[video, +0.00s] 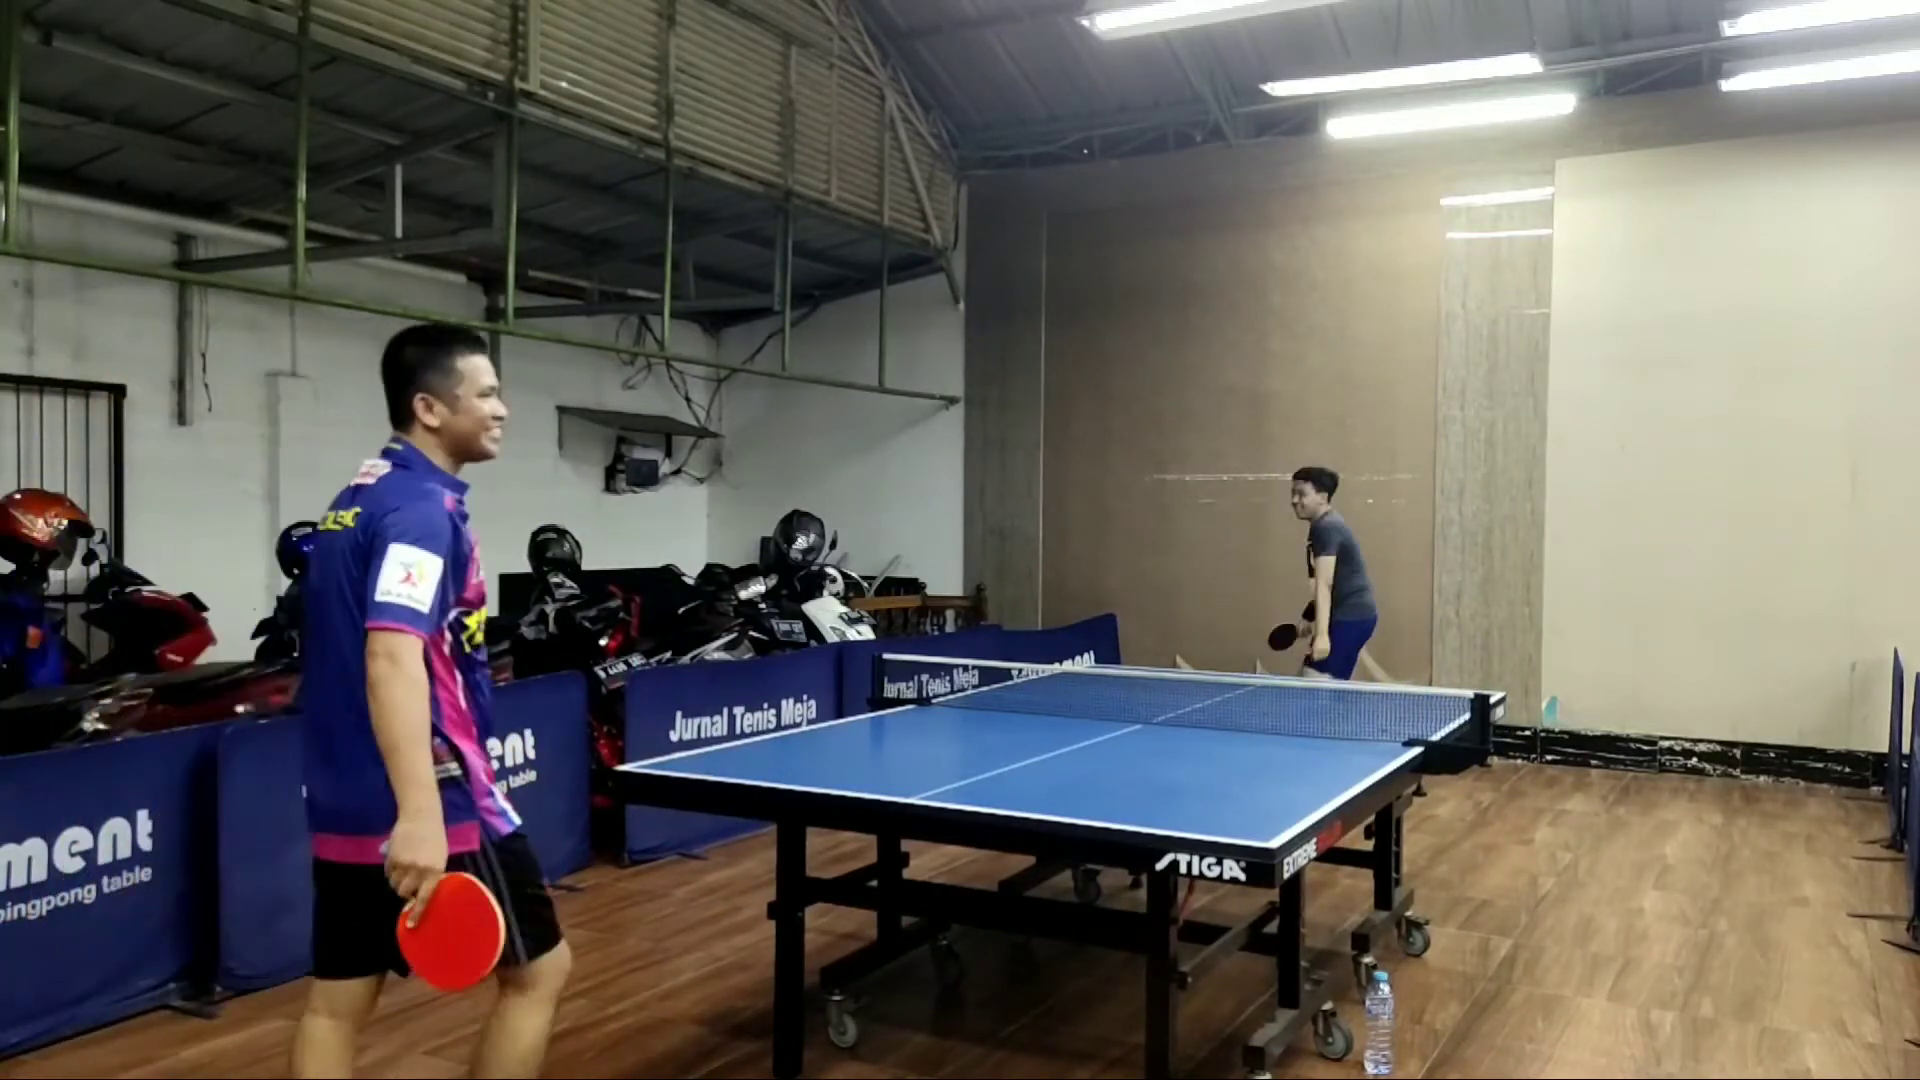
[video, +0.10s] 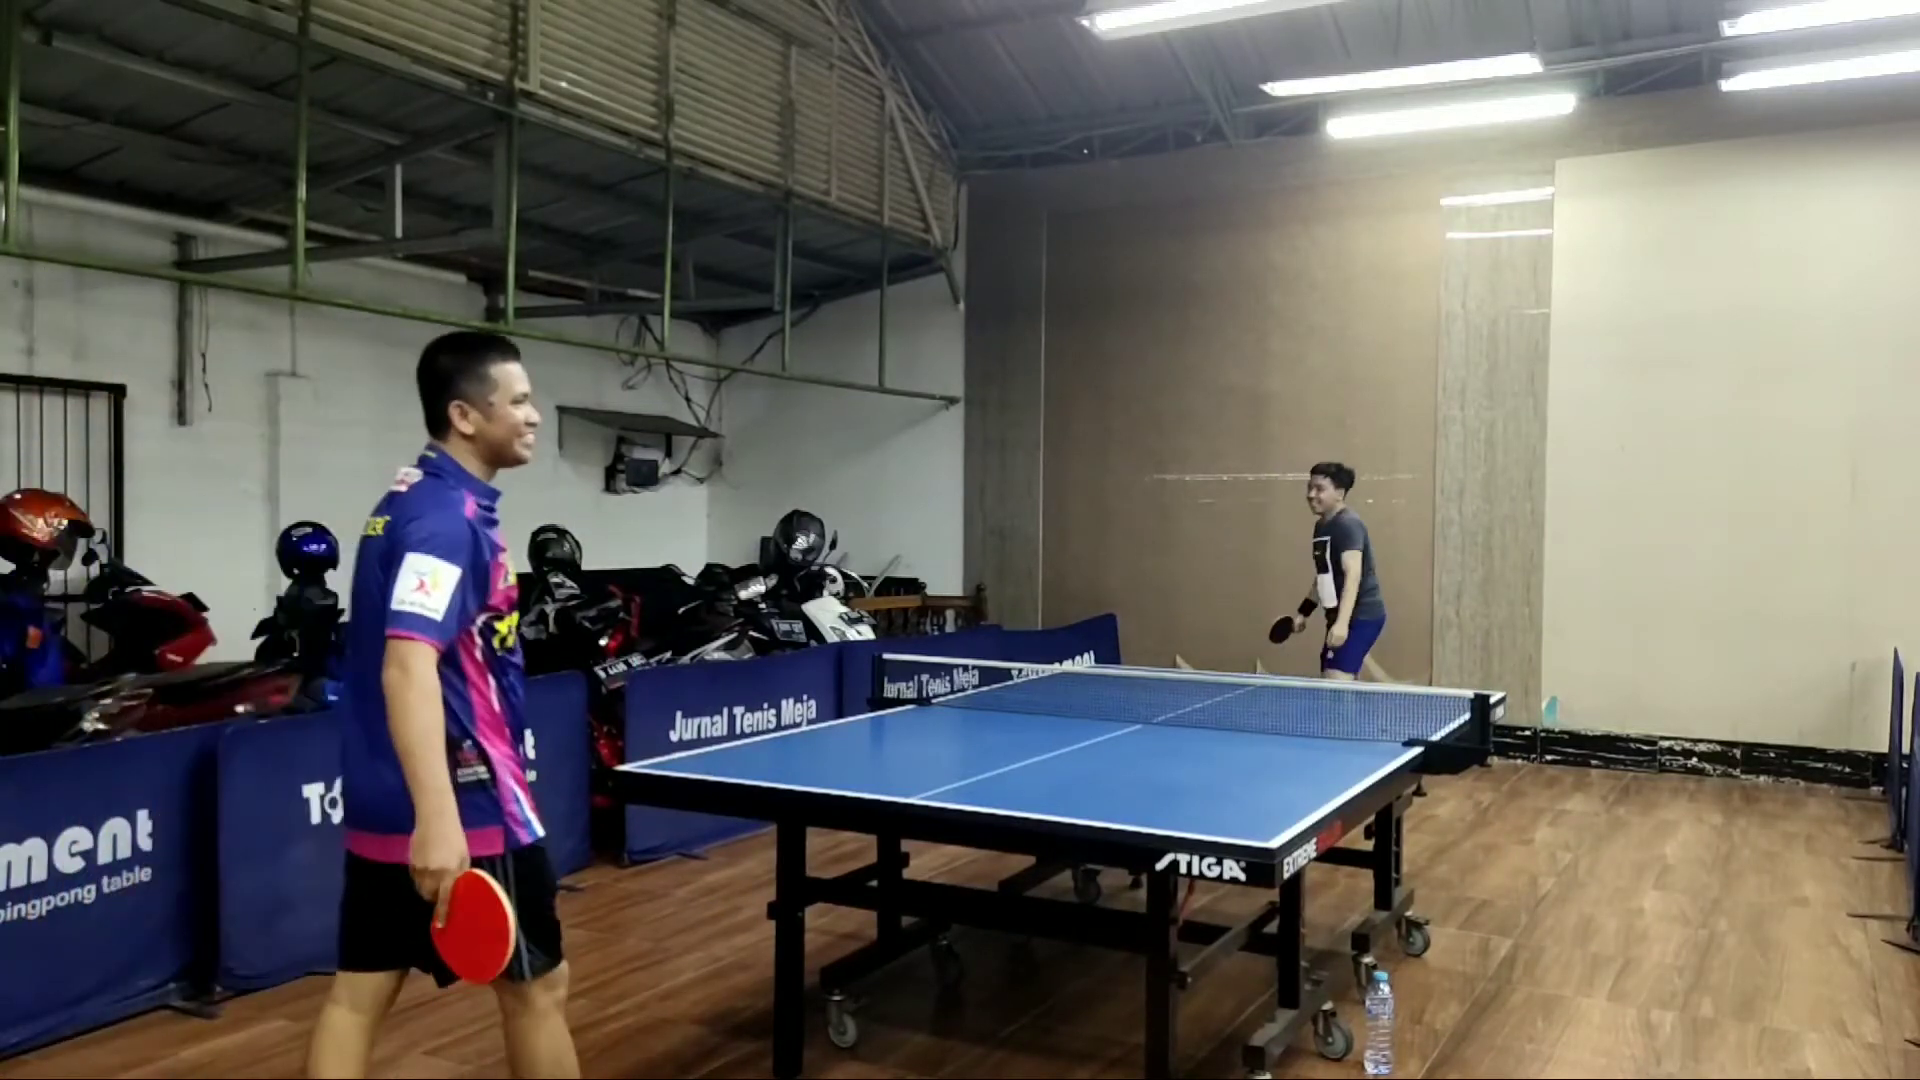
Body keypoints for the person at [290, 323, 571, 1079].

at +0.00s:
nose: (502, 409)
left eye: (499, 393)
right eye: (486, 394)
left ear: (425, 408)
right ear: (429, 407)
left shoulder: (358, 496)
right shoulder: (422, 505)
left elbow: (342, 658)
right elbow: (390, 657)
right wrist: (417, 813)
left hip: (348, 808)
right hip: (445, 809)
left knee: (337, 1002)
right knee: (539, 968)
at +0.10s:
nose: (534, 415)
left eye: (531, 400)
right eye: (516, 401)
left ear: (465, 419)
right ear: (463, 417)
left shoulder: (417, 499)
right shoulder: (445, 516)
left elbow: (407, 663)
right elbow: (406, 668)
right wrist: (434, 817)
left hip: (395, 809)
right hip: (478, 814)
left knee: (357, 999)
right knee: (537, 996)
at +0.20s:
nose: (571, 423)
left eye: (567, 408)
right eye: (559, 409)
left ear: (507, 422)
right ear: (515, 423)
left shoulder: (463, 507)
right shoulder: (484, 525)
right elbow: (440, 680)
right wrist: (473, 826)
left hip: (436, 811)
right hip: (519, 815)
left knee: (392, 988)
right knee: (572, 995)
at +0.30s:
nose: (608, 426)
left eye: (605, 410)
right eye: (601, 410)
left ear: (538, 421)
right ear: (568, 421)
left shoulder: (500, 505)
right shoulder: (527, 529)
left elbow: (512, 670)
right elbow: (493, 689)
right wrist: (533, 830)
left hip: (491, 806)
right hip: (567, 813)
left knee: (464, 969)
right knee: (612, 975)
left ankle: (391, 1074)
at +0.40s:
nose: (639, 424)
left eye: (636, 408)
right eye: (634, 409)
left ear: (561, 419)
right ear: (608, 420)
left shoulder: (527, 503)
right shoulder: (570, 529)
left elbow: (529, 669)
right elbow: (550, 687)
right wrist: (604, 820)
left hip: (536, 794)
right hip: (588, 801)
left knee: (561, 949)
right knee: (625, 971)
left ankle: (457, 1071)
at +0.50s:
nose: (667, 420)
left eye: (665, 404)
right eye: (663, 405)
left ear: (581, 414)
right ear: (639, 416)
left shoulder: (554, 502)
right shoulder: (600, 522)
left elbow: (573, 648)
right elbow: (597, 676)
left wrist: (653, 711)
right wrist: (678, 799)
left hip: (567, 782)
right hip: (602, 797)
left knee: (613, 948)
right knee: (625, 968)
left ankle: (528, 1068)